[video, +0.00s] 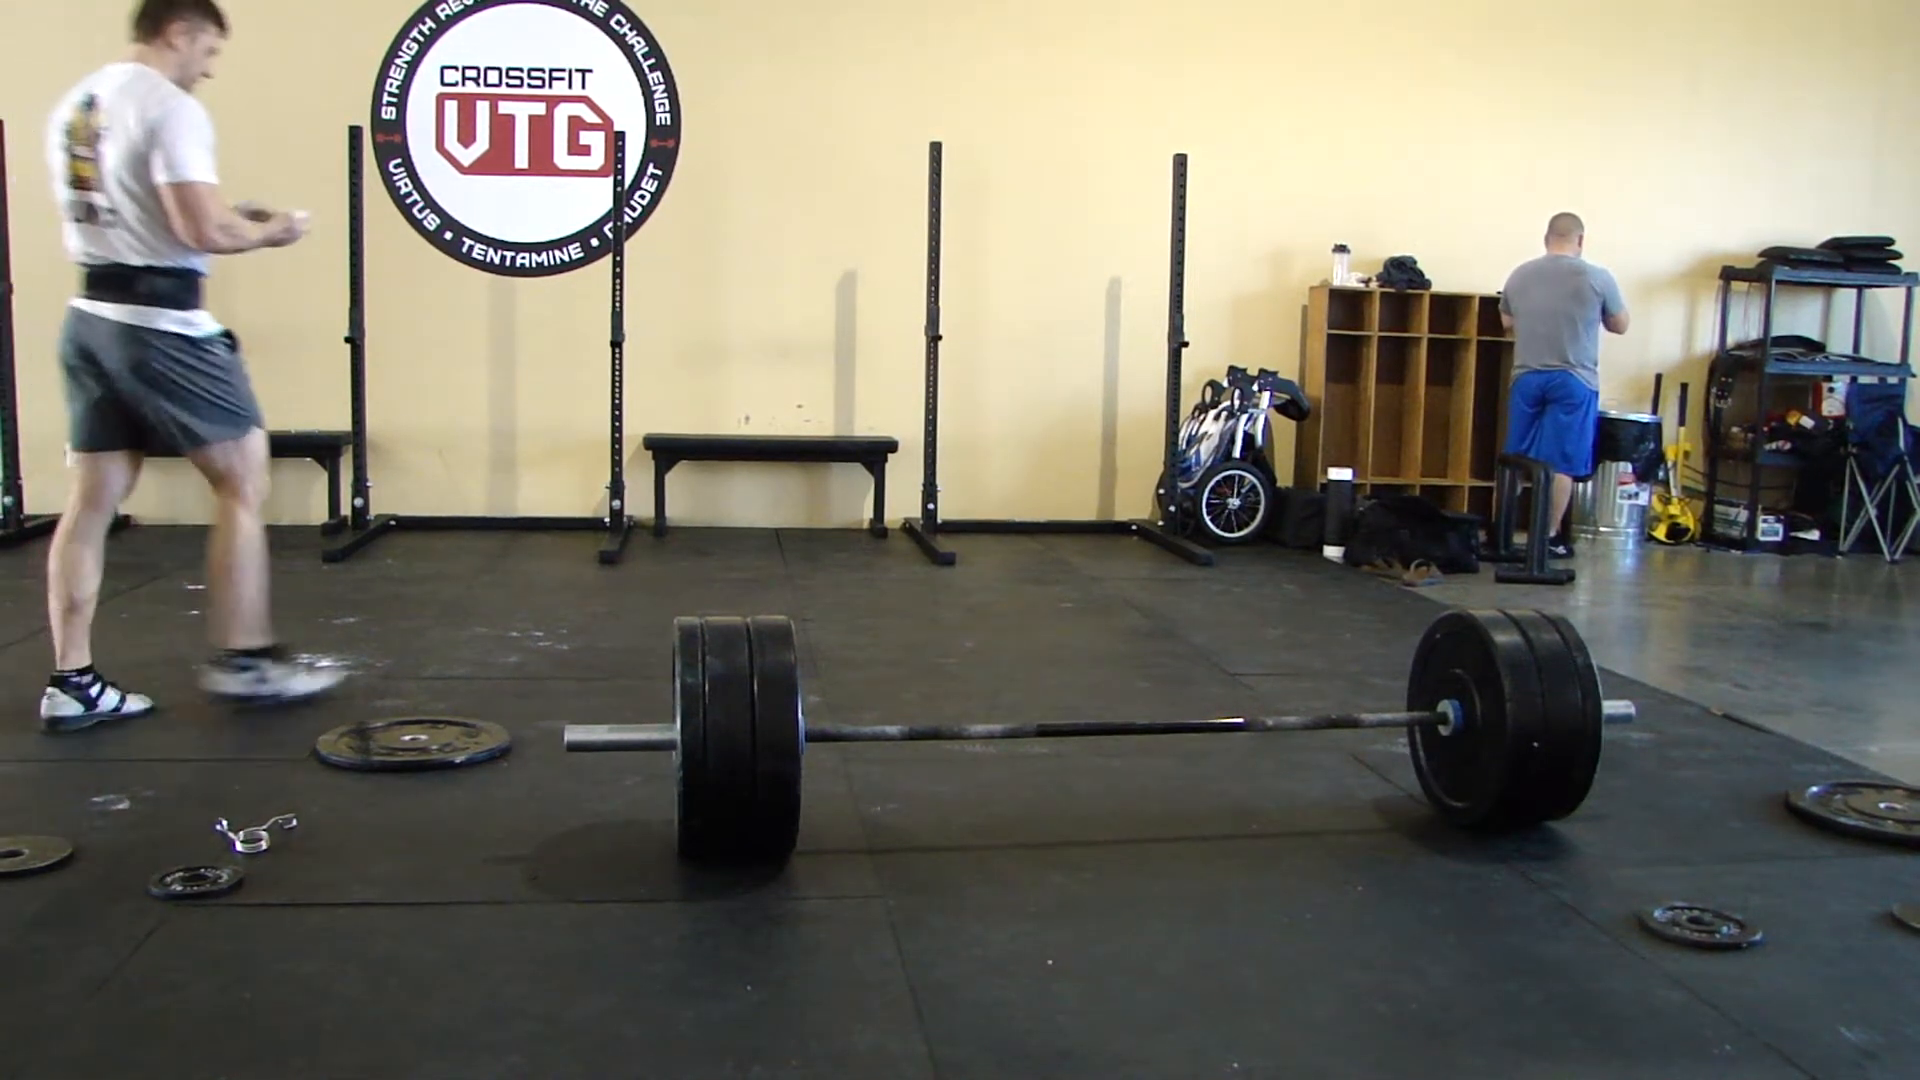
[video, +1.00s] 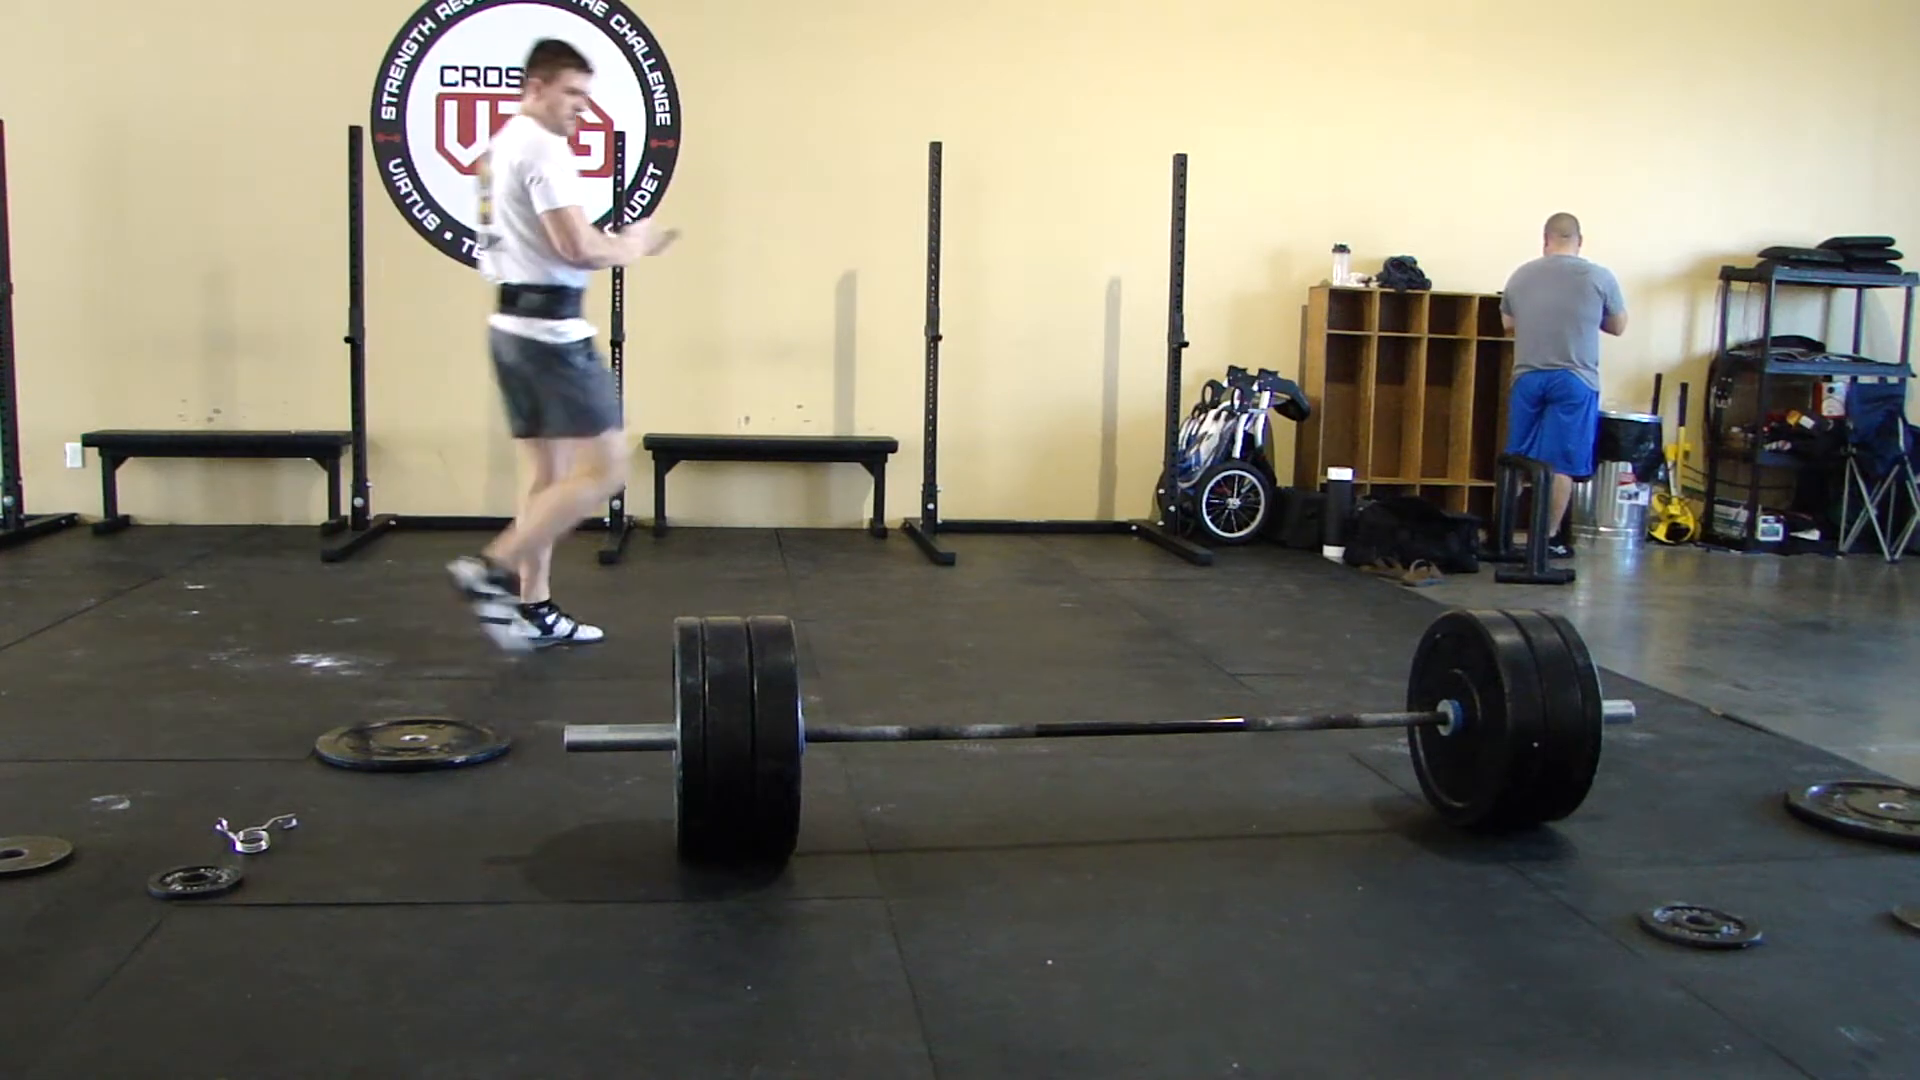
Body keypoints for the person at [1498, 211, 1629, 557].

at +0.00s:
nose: (1580, 246)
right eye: (1582, 241)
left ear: (1546, 239)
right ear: (1580, 240)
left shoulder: (1520, 274)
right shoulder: (1596, 277)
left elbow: (1508, 322)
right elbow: (1619, 324)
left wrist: (1541, 315)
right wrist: (1587, 307)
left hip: (1526, 377)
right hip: (1574, 379)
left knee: (1514, 459)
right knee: (1562, 465)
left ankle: (1500, 535)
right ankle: (1548, 539)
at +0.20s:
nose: (1578, 245)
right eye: (1580, 240)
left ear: (1545, 238)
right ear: (1580, 240)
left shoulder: (1520, 275)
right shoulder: (1596, 277)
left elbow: (1508, 323)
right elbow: (1620, 324)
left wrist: (1542, 316)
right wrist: (1584, 310)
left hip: (1527, 377)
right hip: (1575, 379)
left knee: (1514, 459)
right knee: (1562, 465)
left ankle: (1501, 536)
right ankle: (1548, 539)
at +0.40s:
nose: (1571, 245)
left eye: (1550, 239)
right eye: (1578, 240)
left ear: (1545, 239)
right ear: (1580, 242)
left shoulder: (1520, 275)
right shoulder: (1598, 276)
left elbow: (1509, 325)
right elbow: (1619, 326)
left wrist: (1542, 314)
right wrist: (1582, 312)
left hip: (1527, 377)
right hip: (1575, 379)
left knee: (1515, 460)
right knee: (1561, 465)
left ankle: (1501, 535)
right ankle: (1547, 540)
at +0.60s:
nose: (1566, 245)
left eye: (1549, 239)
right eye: (1577, 240)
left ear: (1545, 239)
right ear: (1580, 241)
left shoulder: (1520, 275)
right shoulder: (1599, 276)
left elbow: (1509, 324)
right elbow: (1618, 326)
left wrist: (1543, 314)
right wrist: (1582, 313)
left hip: (1527, 377)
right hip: (1575, 379)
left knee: (1516, 460)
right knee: (1562, 466)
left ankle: (1502, 536)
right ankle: (1546, 540)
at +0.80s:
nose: (1554, 246)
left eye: (1548, 240)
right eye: (1576, 241)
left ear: (1545, 240)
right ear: (1580, 241)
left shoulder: (1520, 275)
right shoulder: (1599, 276)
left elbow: (1509, 324)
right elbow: (1617, 326)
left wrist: (1543, 314)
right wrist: (1581, 312)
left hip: (1527, 377)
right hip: (1576, 379)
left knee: (1516, 460)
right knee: (1562, 466)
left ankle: (1502, 535)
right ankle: (1547, 540)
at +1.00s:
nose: (1553, 245)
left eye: (1548, 240)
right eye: (1576, 240)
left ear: (1545, 240)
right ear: (1580, 241)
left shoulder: (1521, 275)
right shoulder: (1599, 276)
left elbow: (1509, 323)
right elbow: (1617, 326)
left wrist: (1543, 314)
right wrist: (1581, 312)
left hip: (1527, 377)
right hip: (1575, 379)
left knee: (1516, 459)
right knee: (1561, 466)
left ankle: (1502, 535)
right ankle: (1547, 540)